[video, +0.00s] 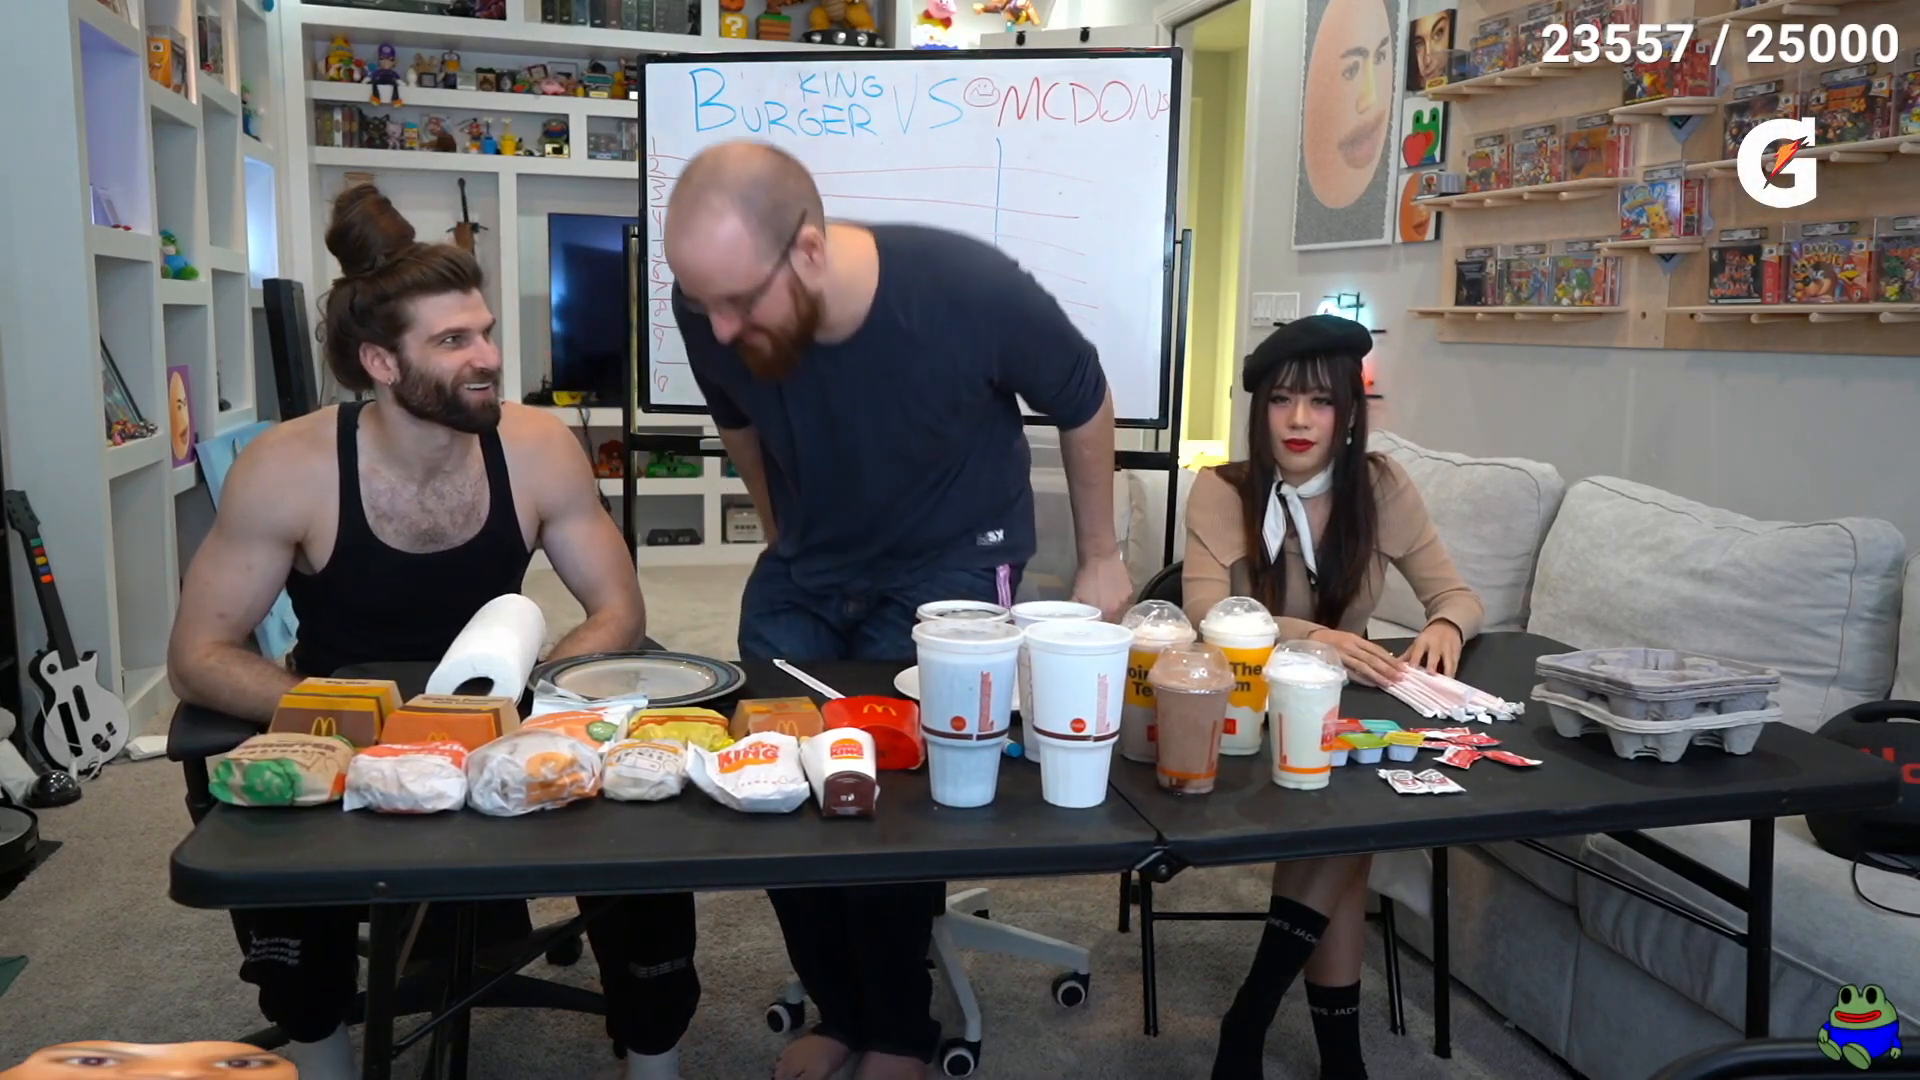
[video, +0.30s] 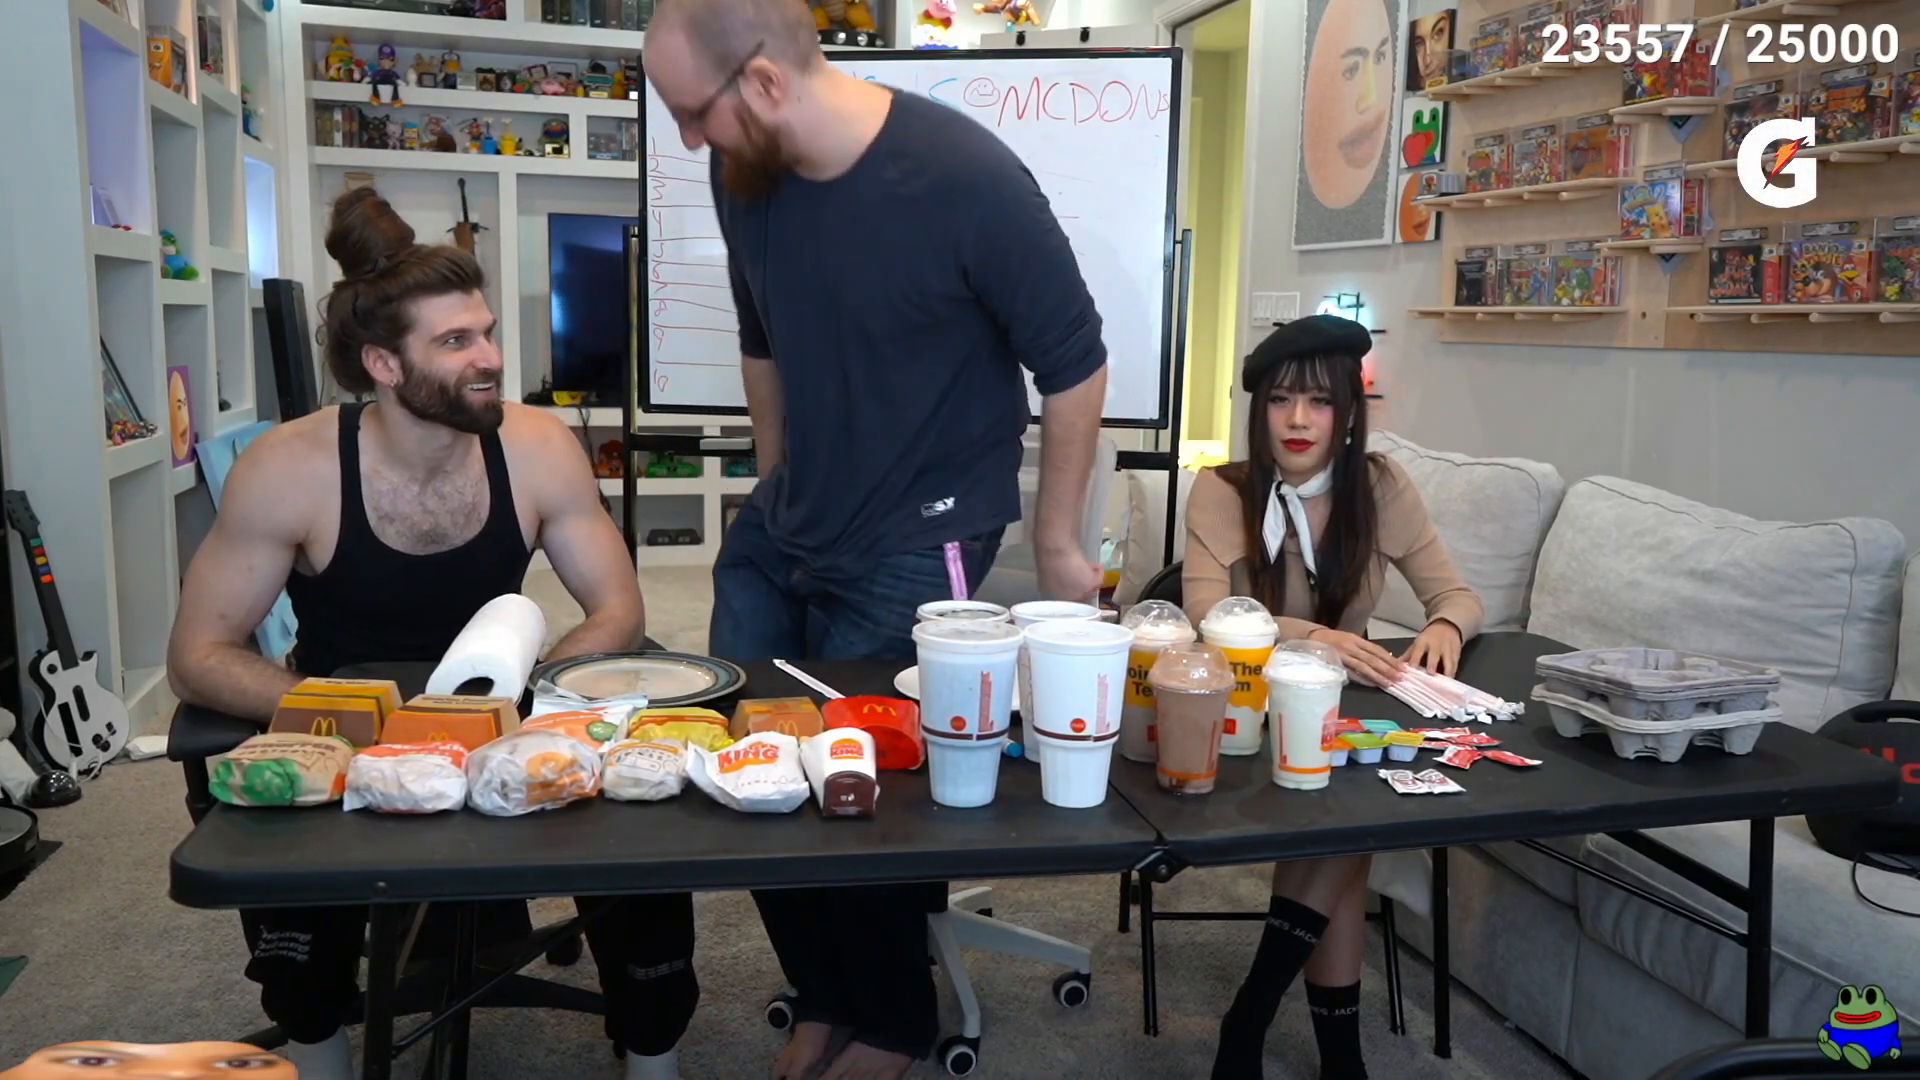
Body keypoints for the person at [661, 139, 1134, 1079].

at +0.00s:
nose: (724, 330)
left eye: (741, 301)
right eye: (703, 305)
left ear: (808, 249)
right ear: (681, 266)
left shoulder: (968, 289)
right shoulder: (706, 311)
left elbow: (1082, 398)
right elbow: (741, 427)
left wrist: (1099, 554)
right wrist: (783, 542)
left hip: (944, 581)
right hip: (807, 577)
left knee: (882, 811)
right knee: (772, 796)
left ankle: (900, 1040)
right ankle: (834, 1019)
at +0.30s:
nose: (690, 139)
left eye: (695, 114)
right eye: (678, 117)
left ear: (768, 83)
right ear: (762, 88)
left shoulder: (965, 177)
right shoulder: (747, 167)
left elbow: (1075, 360)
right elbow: (761, 340)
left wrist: (1059, 539)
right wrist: (774, 481)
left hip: (915, 538)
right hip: (784, 521)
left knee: (859, 794)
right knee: (751, 773)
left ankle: (897, 1028)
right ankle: (826, 1006)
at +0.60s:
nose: (653, 80)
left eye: (645, 51)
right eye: (640, 58)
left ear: (698, 19)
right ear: (707, 19)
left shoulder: (891, 126)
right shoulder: (762, 130)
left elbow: (998, 344)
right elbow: (814, 333)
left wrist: (935, 535)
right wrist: (788, 484)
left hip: (878, 528)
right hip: (781, 510)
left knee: (861, 788)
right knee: (725, 742)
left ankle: (894, 1026)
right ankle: (785, 977)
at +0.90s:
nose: (602, 86)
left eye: (589, 56)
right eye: (588, 64)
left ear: (621, 23)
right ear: (650, 18)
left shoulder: (783, 93)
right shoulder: (741, 111)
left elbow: (885, 311)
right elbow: (793, 318)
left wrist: (758, 463)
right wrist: (753, 464)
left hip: (860, 481)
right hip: (794, 478)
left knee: (809, 734)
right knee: (692, 691)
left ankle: (897, 1022)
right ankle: (724, 941)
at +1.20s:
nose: (550, 83)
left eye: (544, 56)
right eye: (544, 61)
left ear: (570, 28)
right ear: (627, 18)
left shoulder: (679, 109)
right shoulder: (714, 97)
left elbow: (712, 322)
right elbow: (752, 301)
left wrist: (607, 359)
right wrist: (639, 360)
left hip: (754, 466)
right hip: (774, 457)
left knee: (773, 734)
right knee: (725, 703)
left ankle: (887, 1002)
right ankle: (720, 914)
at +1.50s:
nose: (462, 110)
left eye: (455, 92)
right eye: (457, 94)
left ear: (465, 75)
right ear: (548, 51)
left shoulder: (523, 154)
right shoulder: (658, 122)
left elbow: (570, 334)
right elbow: (689, 280)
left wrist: (496, 413)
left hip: (642, 473)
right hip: (746, 458)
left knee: (627, 689)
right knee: (728, 684)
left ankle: (631, 915)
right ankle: (727, 902)